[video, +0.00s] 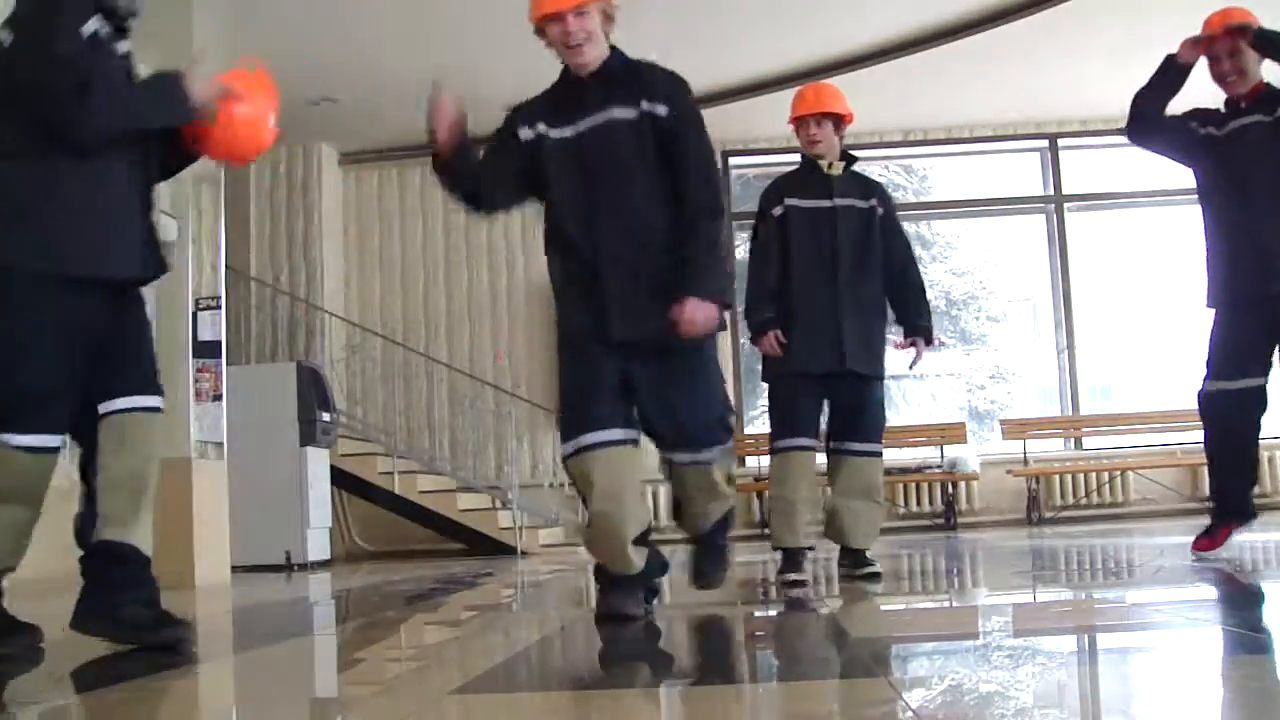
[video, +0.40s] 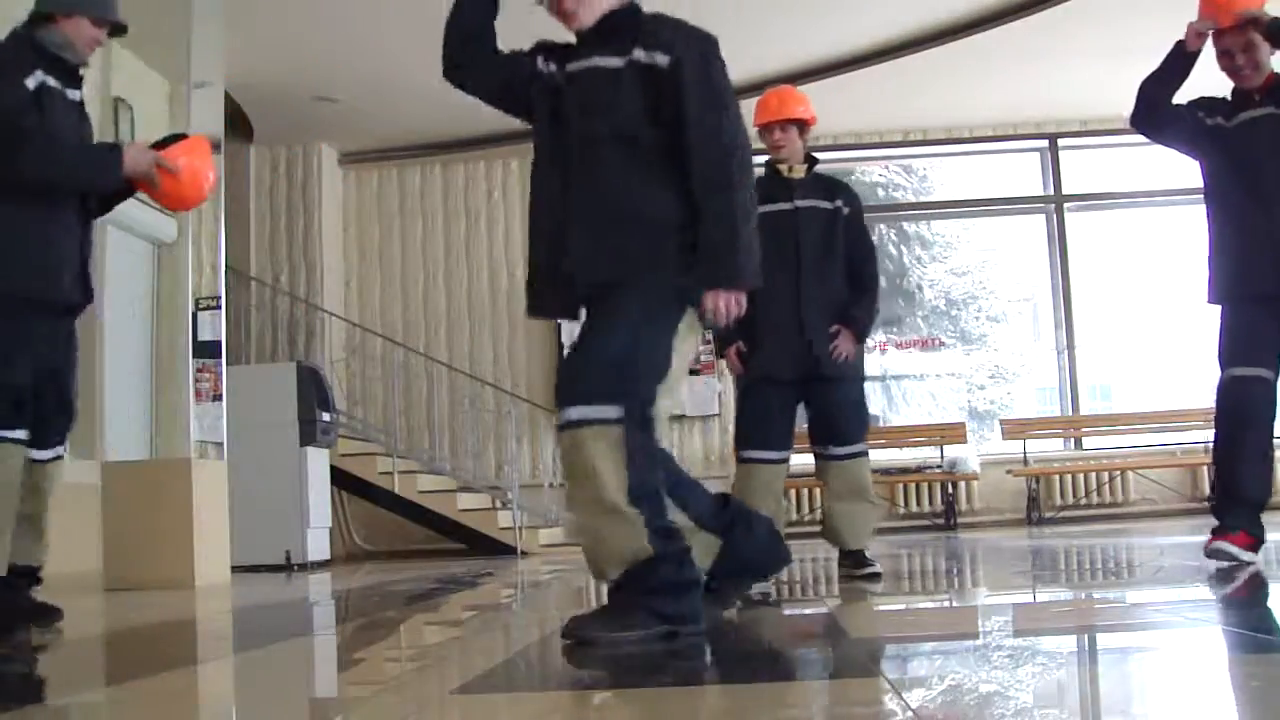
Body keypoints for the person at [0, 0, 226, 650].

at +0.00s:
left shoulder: (100, 37)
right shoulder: (47, 17)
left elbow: (117, 167)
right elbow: (81, 117)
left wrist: (190, 135)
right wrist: (178, 93)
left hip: (106, 268)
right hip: (35, 264)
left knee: (131, 419)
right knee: (27, 439)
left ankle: (116, 590)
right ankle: (0, 602)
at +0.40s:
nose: (104, 37)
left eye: (108, 28)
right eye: (98, 23)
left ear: (80, 23)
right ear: (62, 14)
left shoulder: (68, 87)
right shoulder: (14, 70)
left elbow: (71, 201)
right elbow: (25, 162)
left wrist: (132, 178)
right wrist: (116, 159)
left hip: (52, 294)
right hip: (15, 293)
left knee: (45, 441)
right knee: (12, 439)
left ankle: (19, 582)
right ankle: (6, 593)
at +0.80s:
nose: (119, 90)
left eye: (122, 80)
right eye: (116, 77)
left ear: (75, 66)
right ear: (89, 66)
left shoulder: (27, 111)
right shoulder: (57, 115)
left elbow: (78, 207)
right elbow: (77, 194)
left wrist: (148, 186)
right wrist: (153, 173)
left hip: (18, 313)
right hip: (53, 314)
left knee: (16, 450)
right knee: (94, 439)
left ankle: (4, 583)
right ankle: (86, 580)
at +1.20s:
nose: (175, 96)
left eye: (177, 87)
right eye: (167, 84)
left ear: (153, 88)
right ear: (136, 84)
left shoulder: (128, 139)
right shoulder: (120, 138)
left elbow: (149, 228)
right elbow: (132, 228)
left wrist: (223, 213)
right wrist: (211, 205)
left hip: (110, 327)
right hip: (115, 329)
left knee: (104, 446)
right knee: (129, 454)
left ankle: (26, 546)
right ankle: (140, 587)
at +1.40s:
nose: (193, 108)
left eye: (197, 99)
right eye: (185, 97)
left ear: (186, 103)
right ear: (158, 96)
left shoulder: (163, 152)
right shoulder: (131, 145)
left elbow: (187, 234)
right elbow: (152, 218)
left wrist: (253, 199)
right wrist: (226, 181)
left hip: (157, 322)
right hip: (135, 321)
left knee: (157, 444)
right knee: (143, 450)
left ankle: (107, 557)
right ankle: (140, 582)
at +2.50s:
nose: (196, 146)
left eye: (205, 140)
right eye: (187, 134)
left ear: (212, 146)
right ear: (160, 130)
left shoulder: (217, 196)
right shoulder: (137, 178)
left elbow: (269, 207)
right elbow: (117, 155)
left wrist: (244, 148)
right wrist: (157, 113)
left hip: (211, 338)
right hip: (157, 334)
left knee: (213, 455)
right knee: (160, 456)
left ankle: (205, 571)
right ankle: (152, 574)